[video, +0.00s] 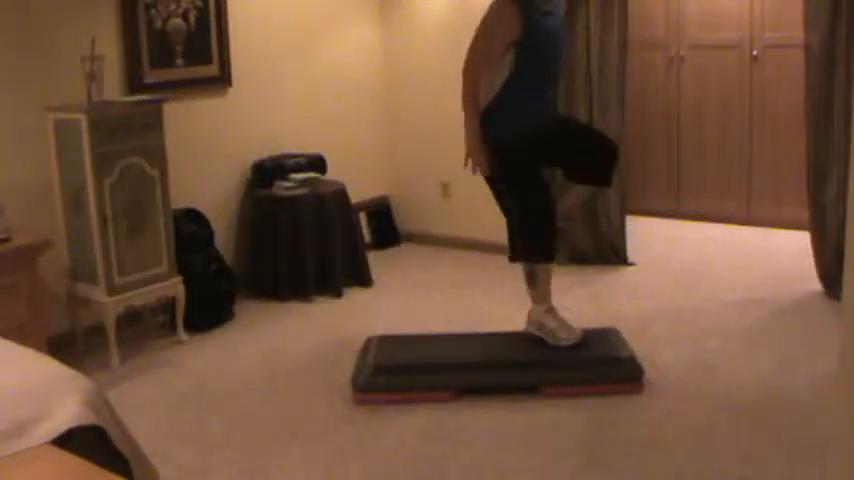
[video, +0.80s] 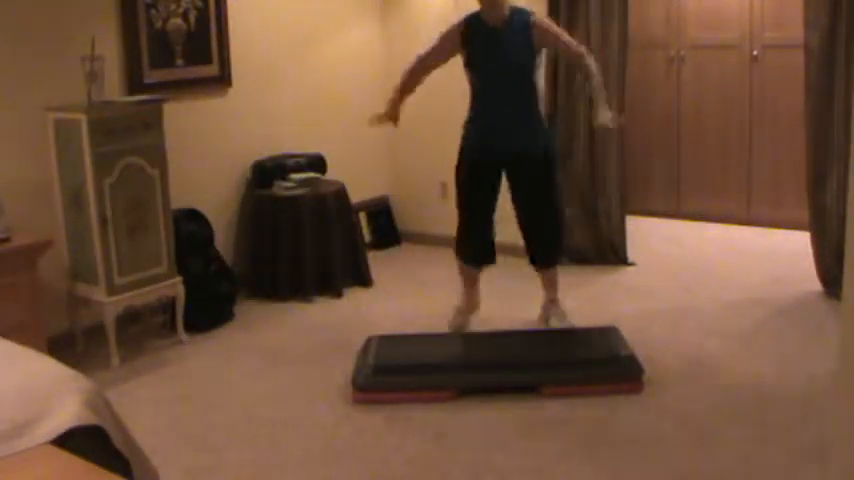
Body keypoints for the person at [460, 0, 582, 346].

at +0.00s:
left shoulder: (555, 10)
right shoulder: (509, 9)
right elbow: (472, 68)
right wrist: (474, 139)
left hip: (539, 122)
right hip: (502, 131)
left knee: (601, 154)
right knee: (536, 209)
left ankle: (557, 213)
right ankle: (541, 312)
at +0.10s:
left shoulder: (564, 11)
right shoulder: (512, 12)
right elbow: (474, 70)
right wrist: (466, 136)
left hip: (542, 124)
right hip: (503, 133)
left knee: (603, 161)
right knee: (541, 216)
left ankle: (564, 219)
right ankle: (541, 312)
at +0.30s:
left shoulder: (569, 5)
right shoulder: (500, 5)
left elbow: (602, 24)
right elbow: (457, 47)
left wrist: (637, 51)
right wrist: (446, 76)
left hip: (550, 120)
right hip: (508, 122)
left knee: (576, 213)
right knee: (529, 214)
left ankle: (560, 256)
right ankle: (539, 310)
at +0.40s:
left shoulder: (569, 9)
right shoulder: (500, 9)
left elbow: (618, 19)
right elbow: (455, 34)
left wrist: (666, 18)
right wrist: (426, 35)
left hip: (552, 128)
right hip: (509, 128)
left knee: (560, 216)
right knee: (531, 216)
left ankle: (562, 308)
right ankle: (540, 310)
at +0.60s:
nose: (516, 7)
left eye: (523, 1)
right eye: (510, 2)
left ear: (537, 4)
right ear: (503, 6)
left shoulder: (563, 35)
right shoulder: (492, 37)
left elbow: (613, 40)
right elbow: (439, 42)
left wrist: (655, 24)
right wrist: (393, 26)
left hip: (547, 149)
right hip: (502, 148)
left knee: (549, 227)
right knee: (514, 210)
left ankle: (550, 306)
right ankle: (518, 301)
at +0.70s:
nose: (507, 7)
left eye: (511, 4)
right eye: (502, 4)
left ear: (522, 1)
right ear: (495, 3)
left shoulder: (549, 28)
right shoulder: (479, 30)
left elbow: (600, 43)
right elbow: (434, 50)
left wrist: (627, 60)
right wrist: (385, 64)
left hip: (539, 142)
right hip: (491, 143)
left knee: (545, 223)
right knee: (489, 219)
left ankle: (551, 305)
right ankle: (491, 299)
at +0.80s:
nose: (489, 4)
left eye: (494, 1)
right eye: (484, 2)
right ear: (479, 2)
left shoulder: (530, 25)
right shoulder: (466, 30)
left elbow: (583, 57)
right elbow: (424, 64)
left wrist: (601, 105)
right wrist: (395, 102)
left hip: (527, 136)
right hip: (481, 139)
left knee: (541, 219)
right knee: (472, 221)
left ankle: (552, 303)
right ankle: (469, 300)